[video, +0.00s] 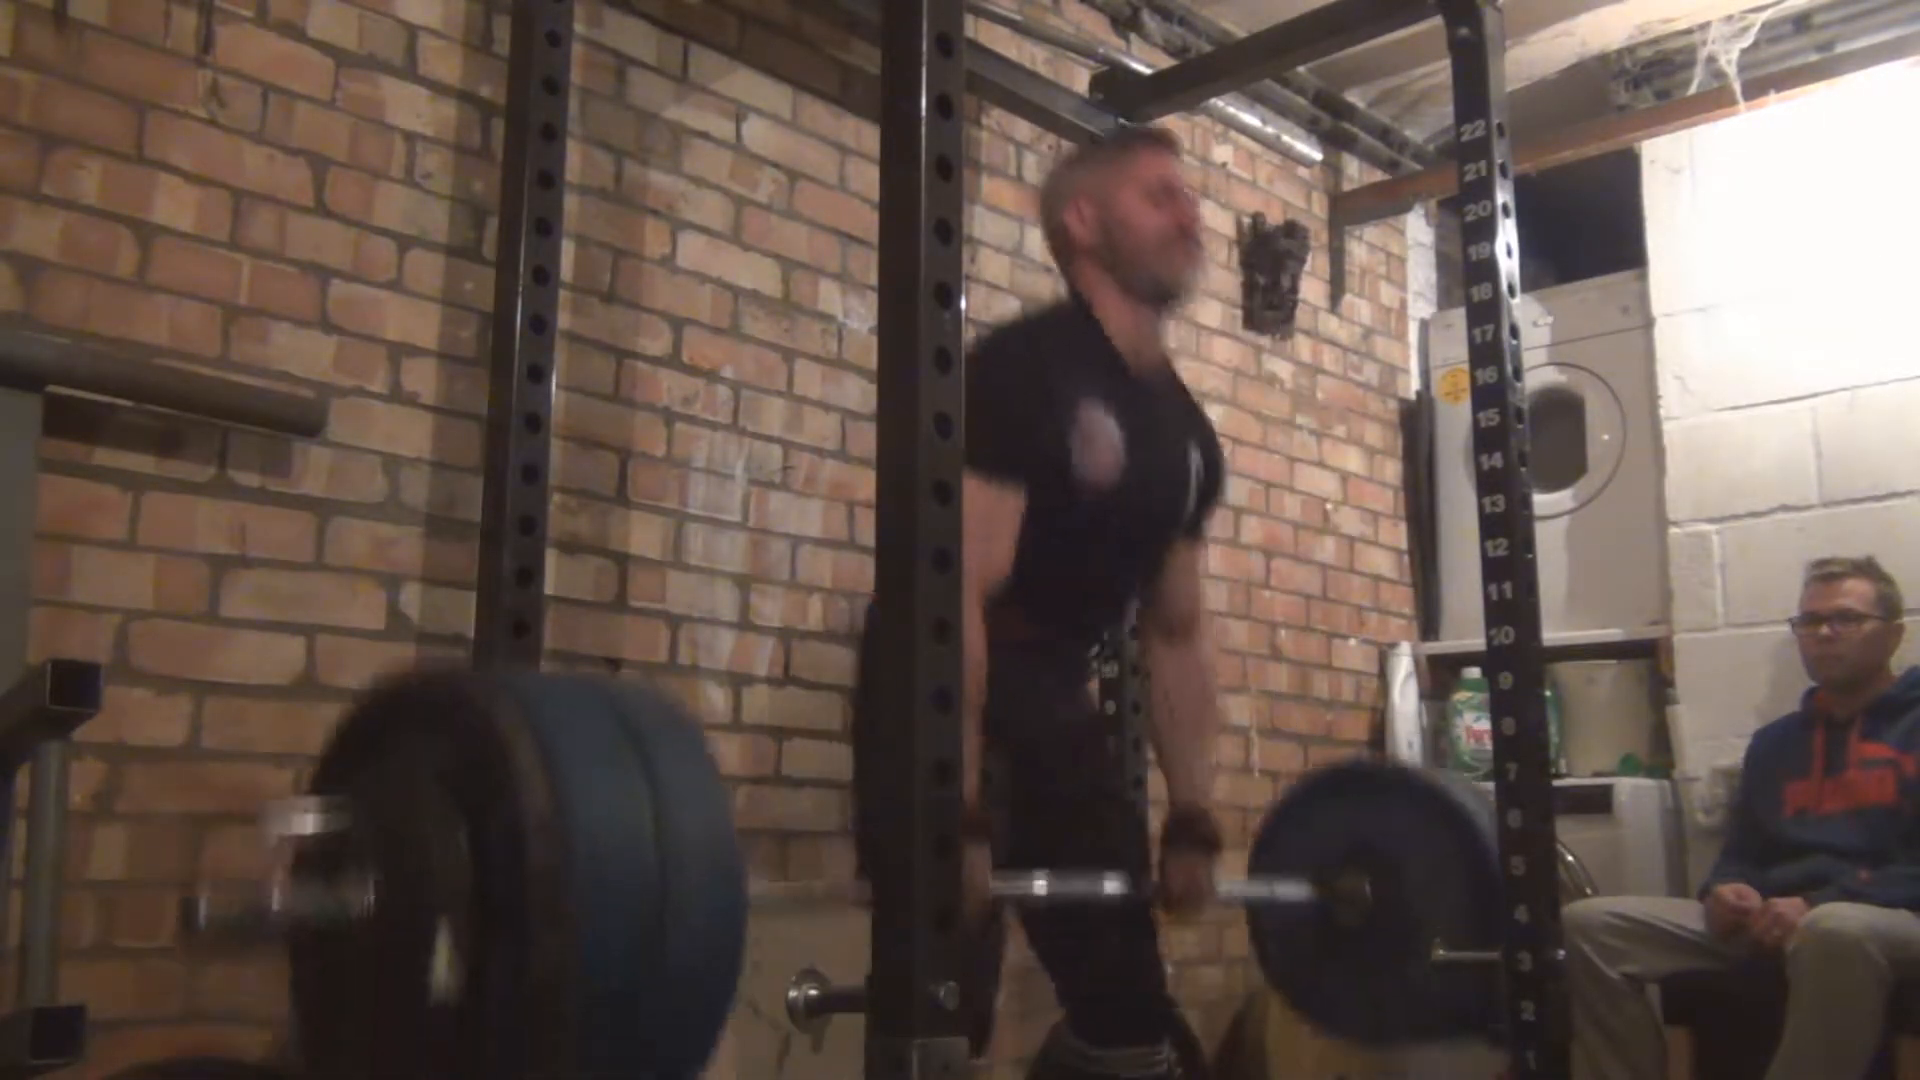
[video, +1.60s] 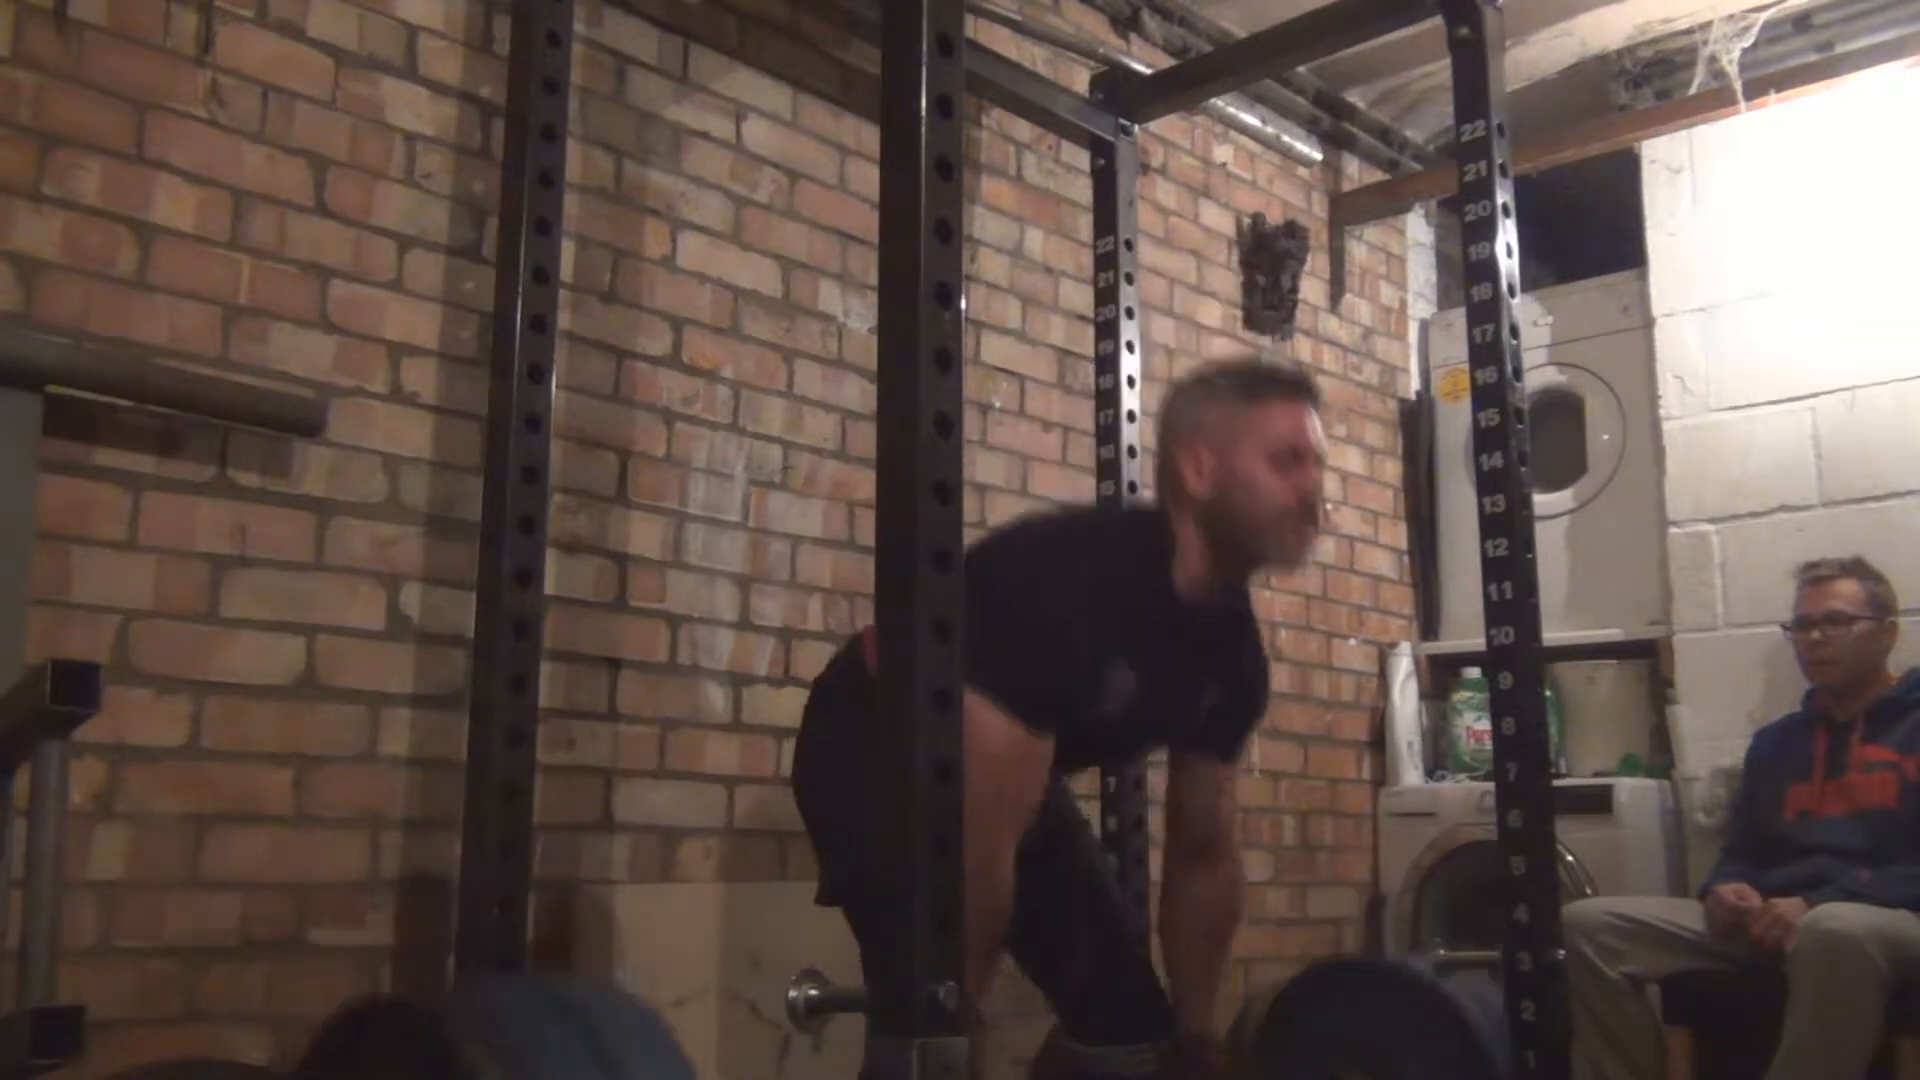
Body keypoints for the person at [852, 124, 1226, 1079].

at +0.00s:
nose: (1191, 216)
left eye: (1188, 197)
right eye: (1161, 196)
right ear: (1083, 224)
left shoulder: (1186, 432)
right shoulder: (1018, 370)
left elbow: (1178, 630)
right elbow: (956, 597)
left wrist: (1191, 812)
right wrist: (958, 815)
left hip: (1056, 697)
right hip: (942, 687)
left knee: (1123, 1004)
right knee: (942, 1014)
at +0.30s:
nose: (1061, 225)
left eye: (1066, 206)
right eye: (1037, 202)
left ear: (1064, 218)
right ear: (961, 207)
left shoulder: (1080, 384)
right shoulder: (900, 353)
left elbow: (1136, 581)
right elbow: (909, 559)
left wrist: (1190, 755)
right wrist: (956, 745)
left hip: (1089, 698)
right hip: (968, 703)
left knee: (1124, 1007)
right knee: (955, 1011)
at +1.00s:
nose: (1191, 219)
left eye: (1192, 200)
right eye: (1164, 194)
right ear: (1077, 212)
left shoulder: (1175, 424)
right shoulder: (1002, 357)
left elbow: (1173, 628)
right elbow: (964, 592)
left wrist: (1189, 817)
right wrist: (951, 808)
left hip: (1087, 723)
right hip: (974, 707)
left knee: (1139, 1022)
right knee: (957, 1025)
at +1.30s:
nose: (1252, 331)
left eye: (1254, 308)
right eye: (1223, 305)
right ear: (1137, 317)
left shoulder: (1200, 528)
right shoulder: (1034, 457)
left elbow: (1189, 732)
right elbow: (974, 706)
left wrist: (1196, 919)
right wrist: (959, 925)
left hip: (1007, 726)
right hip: (890, 708)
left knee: (1107, 970)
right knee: (920, 996)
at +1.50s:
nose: (1292, 427)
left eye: (1291, 404)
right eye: (1264, 401)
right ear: (1173, 412)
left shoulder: (1217, 611)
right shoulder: (1053, 536)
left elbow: (1198, 814)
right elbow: (984, 791)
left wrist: (1197, 1009)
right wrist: (955, 1003)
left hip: (993, 764)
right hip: (871, 737)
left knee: (1120, 1013)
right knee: (924, 1026)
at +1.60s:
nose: (1316, 486)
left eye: (1316, 463)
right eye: (1288, 461)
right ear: (1197, 467)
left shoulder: (1230, 658)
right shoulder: (1058, 582)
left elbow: (1203, 854)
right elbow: (985, 855)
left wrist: (1197, 1042)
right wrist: (951, 1040)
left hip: (1002, 770)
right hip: (868, 748)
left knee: (1126, 1019)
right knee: (923, 1024)